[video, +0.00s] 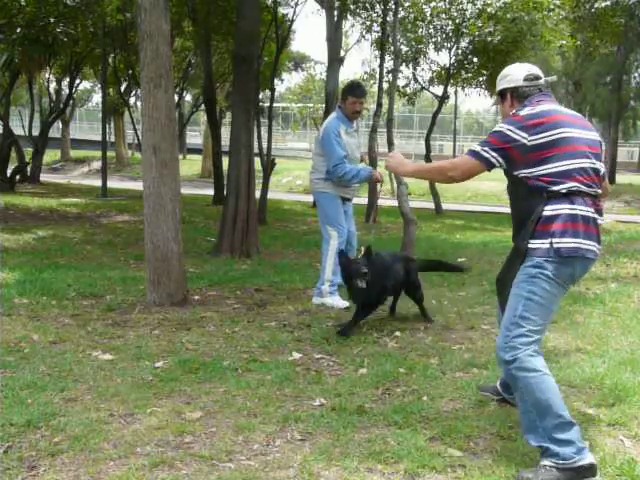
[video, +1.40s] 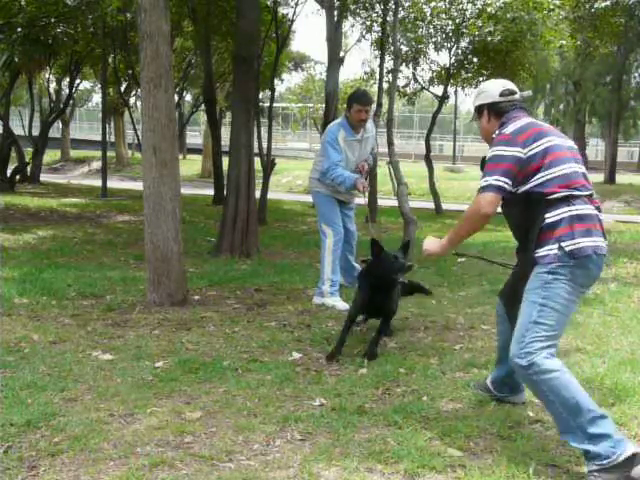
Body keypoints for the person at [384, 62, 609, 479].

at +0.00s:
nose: (501, 110)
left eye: (500, 104)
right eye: (499, 105)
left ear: (510, 97)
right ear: (542, 92)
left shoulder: (521, 122)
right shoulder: (583, 123)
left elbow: (459, 170)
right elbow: (600, 188)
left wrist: (407, 168)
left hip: (553, 244)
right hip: (583, 242)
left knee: (517, 348)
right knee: (516, 303)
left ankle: (568, 455)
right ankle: (513, 387)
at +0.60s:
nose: (487, 117)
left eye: (487, 110)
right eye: (487, 110)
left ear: (496, 107)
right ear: (524, 101)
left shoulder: (510, 130)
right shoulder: (551, 128)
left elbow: (466, 187)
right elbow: (561, 200)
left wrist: (416, 195)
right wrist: (509, 228)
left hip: (551, 247)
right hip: (577, 245)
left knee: (516, 350)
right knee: (506, 294)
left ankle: (568, 453)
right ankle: (505, 383)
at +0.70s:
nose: (478, 139)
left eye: (478, 131)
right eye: (478, 132)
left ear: (487, 127)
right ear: (510, 121)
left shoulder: (510, 139)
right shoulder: (525, 138)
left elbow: (507, 197)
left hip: (569, 246)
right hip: (554, 245)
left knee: (517, 339)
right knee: (498, 303)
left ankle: (564, 449)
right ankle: (503, 383)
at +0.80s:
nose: (470, 151)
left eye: (470, 143)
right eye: (468, 144)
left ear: (480, 137)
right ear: (489, 139)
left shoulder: (514, 143)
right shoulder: (498, 175)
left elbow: (551, 184)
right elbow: (483, 232)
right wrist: (451, 264)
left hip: (580, 249)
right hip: (550, 253)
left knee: (531, 341)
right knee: (498, 307)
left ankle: (589, 452)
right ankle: (506, 385)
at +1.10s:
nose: (480, 136)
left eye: (479, 126)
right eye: (479, 127)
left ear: (490, 121)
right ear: (502, 119)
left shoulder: (525, 132)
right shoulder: (519, 152)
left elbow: (558, 177)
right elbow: (543, 228)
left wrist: (533, 246)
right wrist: (505, 265)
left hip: (593, 249)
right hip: (566, 251)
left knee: (558, 360)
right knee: (527, 317)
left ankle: (622, 461)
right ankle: (511, 385)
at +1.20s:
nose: (482, 130)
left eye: (481, 120)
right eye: (480, 121)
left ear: (494, 114)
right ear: (513, 109)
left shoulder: (524, 132)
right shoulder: (539, 129)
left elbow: (535, 185)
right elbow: (566, 197)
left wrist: (499, 245)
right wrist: (535, 252)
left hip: (589, 248)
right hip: (565, 246)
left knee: (556, 360)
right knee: (522, 312)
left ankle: (622, 461)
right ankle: (510, 384)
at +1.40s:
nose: (478, 128)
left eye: (477, 120)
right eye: (477, 120)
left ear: (490, 115)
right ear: (514, 109)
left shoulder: (509, 136)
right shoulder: (544, 131)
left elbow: (485, 207)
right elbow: (570, 193)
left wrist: (445, 243)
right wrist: (534, 246)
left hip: (565, 248)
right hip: (578, 243)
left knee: (530, 353)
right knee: (510, 305)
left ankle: (611, 452)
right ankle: (506, 384)